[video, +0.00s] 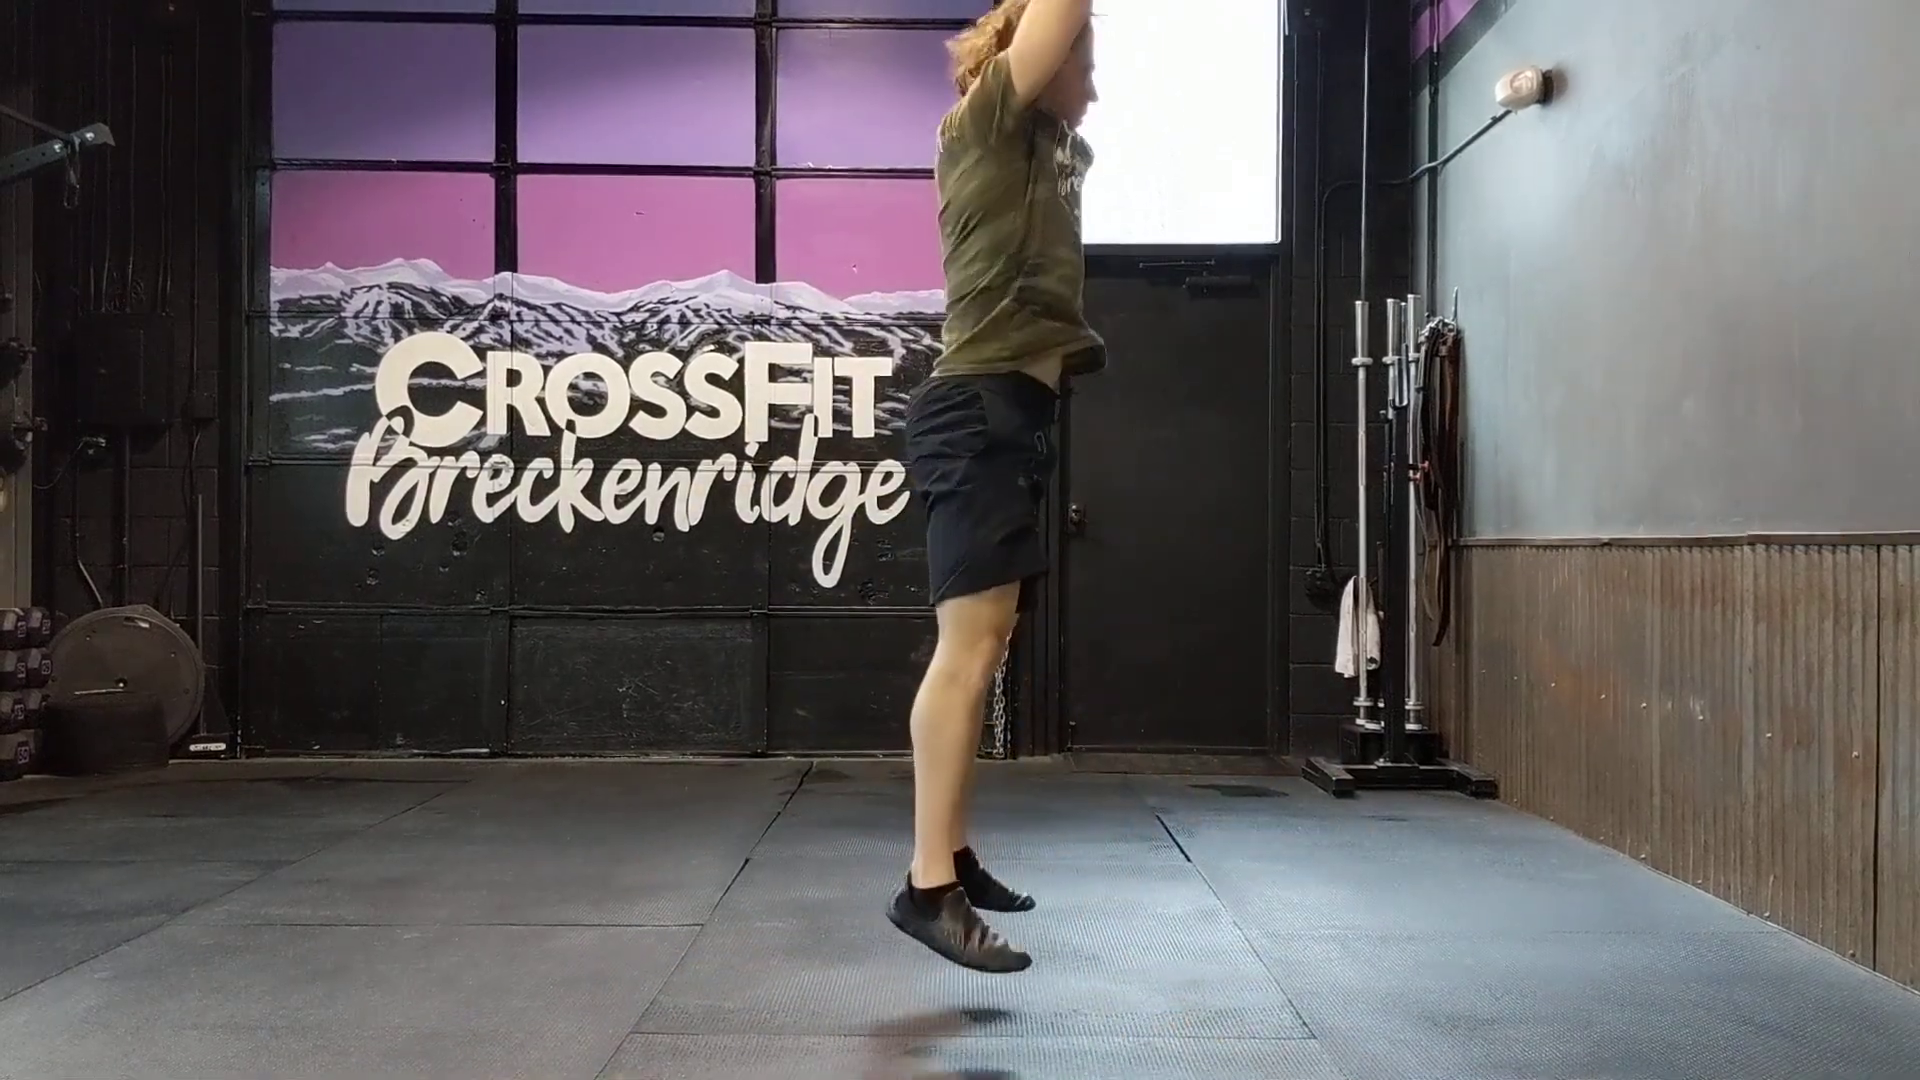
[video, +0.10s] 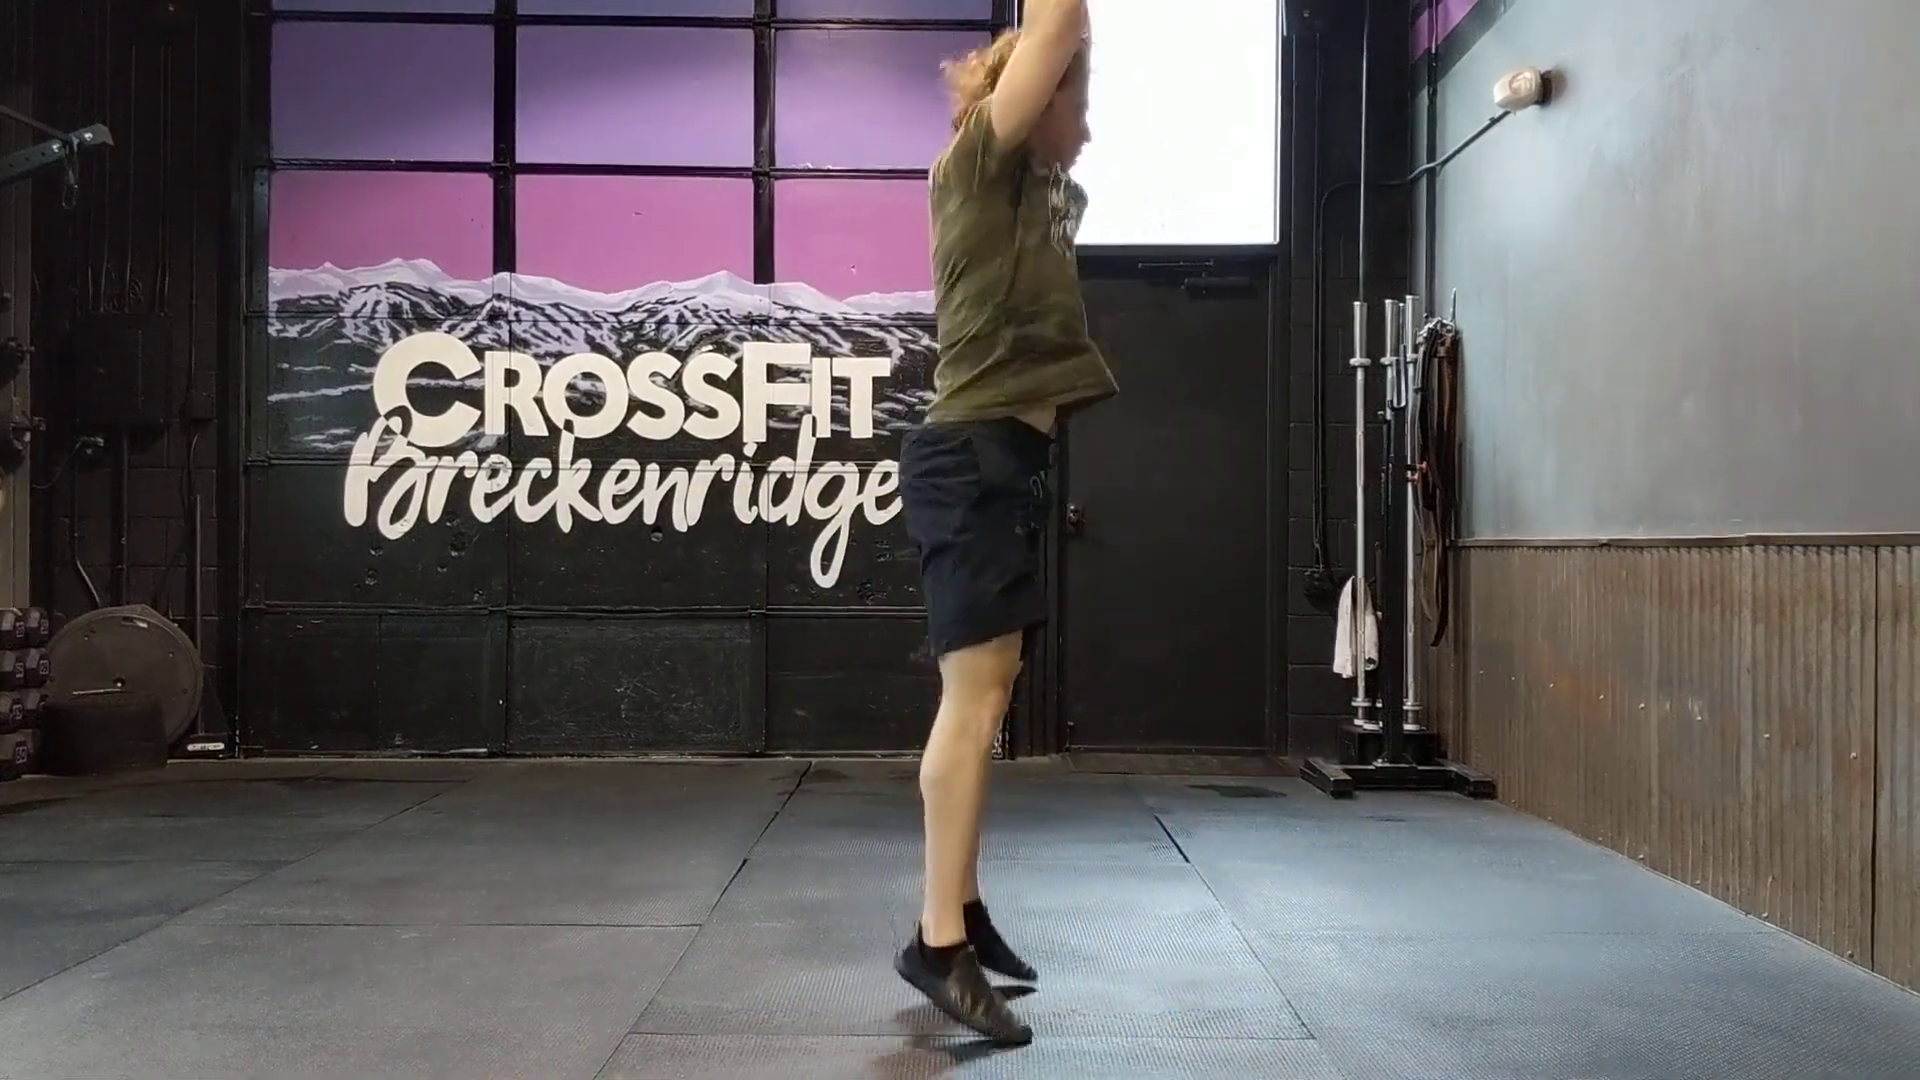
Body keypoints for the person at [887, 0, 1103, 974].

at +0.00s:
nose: (1088, 74)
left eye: (1089, 57)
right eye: (1079, 54)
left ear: (1042, 60)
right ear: (1029, 54)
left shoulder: (1029, 138)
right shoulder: (990, 123)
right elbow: (1060, 4)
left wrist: (1027, 45)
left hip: (1008, 411)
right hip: (978, 411)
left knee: (980, 644)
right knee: (969, 646)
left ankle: (947, 850)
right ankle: (927, 886)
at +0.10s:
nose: (1086, 123)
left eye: (1086, 100)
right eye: (1073, 101)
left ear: (1049, 101)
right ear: (1023, 98)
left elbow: (1066, 29)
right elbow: (1054, 17)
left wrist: (1048, 49)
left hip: (1008, 451)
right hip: (968, 454)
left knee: (985, 695)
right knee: (975, 698)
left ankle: (958, 904)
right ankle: (937, 941)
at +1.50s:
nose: (1310, 798)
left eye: (1327, 789)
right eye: (1322, 782)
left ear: (1296, 727)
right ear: (1298, 740)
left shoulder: (1217, 704)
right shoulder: (1226, 726)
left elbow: (1108, 837)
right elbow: (1140, 867)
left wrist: (1135, 964)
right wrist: (1146, 1019)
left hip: (974, 647)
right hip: (974, 654)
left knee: (784, 795)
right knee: (779, 803)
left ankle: (573, 854)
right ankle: (556, 864)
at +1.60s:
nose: (1325, 807)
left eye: (1340, 796)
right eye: (1331, 788)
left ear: (1310, 754)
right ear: (1299, 755)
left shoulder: (1229, 736)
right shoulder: (1222, 756)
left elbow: (1114, 864)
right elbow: (1124, 875)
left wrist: (1132, 984)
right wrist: (1142, 1007)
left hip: (968, 732)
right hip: (965, 742)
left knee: (753, 853)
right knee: (746, 864)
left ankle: (542, 917)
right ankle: (526, 926)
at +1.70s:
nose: (1338, 849)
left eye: (1348, 836)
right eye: (1337, 830)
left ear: (1311, 798)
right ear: (1297, 799)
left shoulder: (1222, 785)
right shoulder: (1212, 812)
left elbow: (1098, 869)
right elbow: (1103, 895)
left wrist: (1124, 959)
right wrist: (1144, 1019)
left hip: (958, 812)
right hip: (954, 839)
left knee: (743, 893)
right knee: (735, 923)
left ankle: (540, 908)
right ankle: (505, 936)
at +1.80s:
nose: (1351, 927)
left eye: (1358, 911)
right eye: (1348, 908)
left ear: (1313, 878)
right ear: (1306, 885)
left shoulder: (1237, 878)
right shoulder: (1221, 885)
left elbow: (1130, 901)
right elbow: (1106, 898)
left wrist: (1167, 978)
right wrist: (1147, 1013)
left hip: (975, 872)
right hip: (969, 890)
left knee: (736, 915)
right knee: (718, 943)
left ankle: (528, 906)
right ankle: (498, 928)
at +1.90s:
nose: (1361, 968)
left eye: (1366, 954)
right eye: (1359, 953)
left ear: (1312, 922)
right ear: (1317, 936)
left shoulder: (1236, 910)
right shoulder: (1236, 934)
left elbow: (1107, 845)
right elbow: (1108, 880)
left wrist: (1124, 968)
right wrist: (1149, 1020)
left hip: (983, 890)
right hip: (980, 917)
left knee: (743, 927)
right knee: (724, 953)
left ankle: (533, 902)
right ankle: (506, 930)